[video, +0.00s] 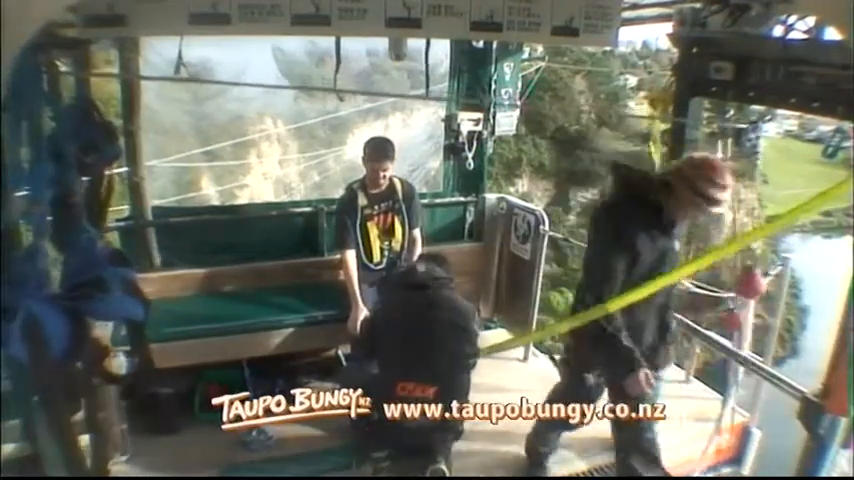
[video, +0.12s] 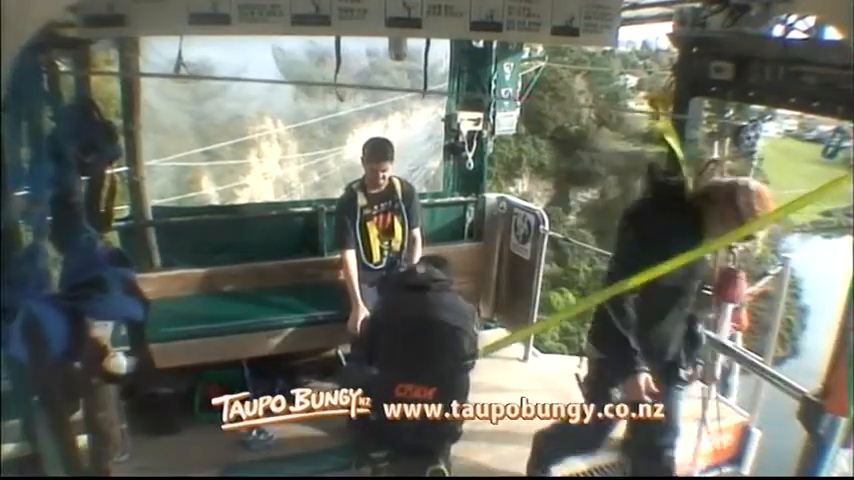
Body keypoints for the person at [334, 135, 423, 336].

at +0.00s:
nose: (380, 176)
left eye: (385, 170)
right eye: (374, 170)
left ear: (393, 164)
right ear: (364, 164)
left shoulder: (406, 191)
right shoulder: (350, 200)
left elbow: (415, 239)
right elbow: (348, 254)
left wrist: (409, 276)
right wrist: (357, 304)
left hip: (400, 279)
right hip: (366, 281)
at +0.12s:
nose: (379, 177)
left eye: (384, 171)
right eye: (373, 171)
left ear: (392, 165)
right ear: (363, 165)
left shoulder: (405, 191)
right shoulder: (350, 200)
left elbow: (415, 238)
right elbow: (348, 253)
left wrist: (412, 278)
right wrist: (357, 304)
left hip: (399, 277)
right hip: (366, 279)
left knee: (402, 339)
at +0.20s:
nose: (380, 177)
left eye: (385, 171)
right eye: (374, 171)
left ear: (392, 166)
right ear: (363, 165)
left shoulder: (405, 192)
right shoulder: (350, 199)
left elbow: (415, 239)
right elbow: (348, 254)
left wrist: (412, 280)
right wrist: (357, 304)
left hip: (399, 275)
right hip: (366, 277)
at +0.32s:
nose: (379, 178)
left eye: (384, 173)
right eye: (373, 173)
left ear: (392, 167)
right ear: (363, 167)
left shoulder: (406, 192)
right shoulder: (349, 201)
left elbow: (415, 239)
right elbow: (347, 255)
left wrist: (412, 280)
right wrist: (357, 305)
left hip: (399, 276)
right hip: (365, 278)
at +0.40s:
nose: (379, 179)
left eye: (384, 173)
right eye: (373, 174)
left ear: (392, 167)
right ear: (363, 167)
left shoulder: (406, 192)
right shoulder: (348, 201)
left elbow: (415, 240)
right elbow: (348, 256)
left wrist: (412, 279)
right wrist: (357, 306)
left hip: (400, 276)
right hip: (366, 279)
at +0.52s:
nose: (378, 181)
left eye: (383, 175)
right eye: (372, 175)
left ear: (392, 168)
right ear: (362, 167)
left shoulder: (405, 192)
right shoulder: (349, 199)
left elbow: (415, 240)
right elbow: (348, 255)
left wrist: (410, 282)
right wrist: (358, 305)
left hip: (400, 276)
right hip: (366, 279)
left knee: (405, 327)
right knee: (367, 329)